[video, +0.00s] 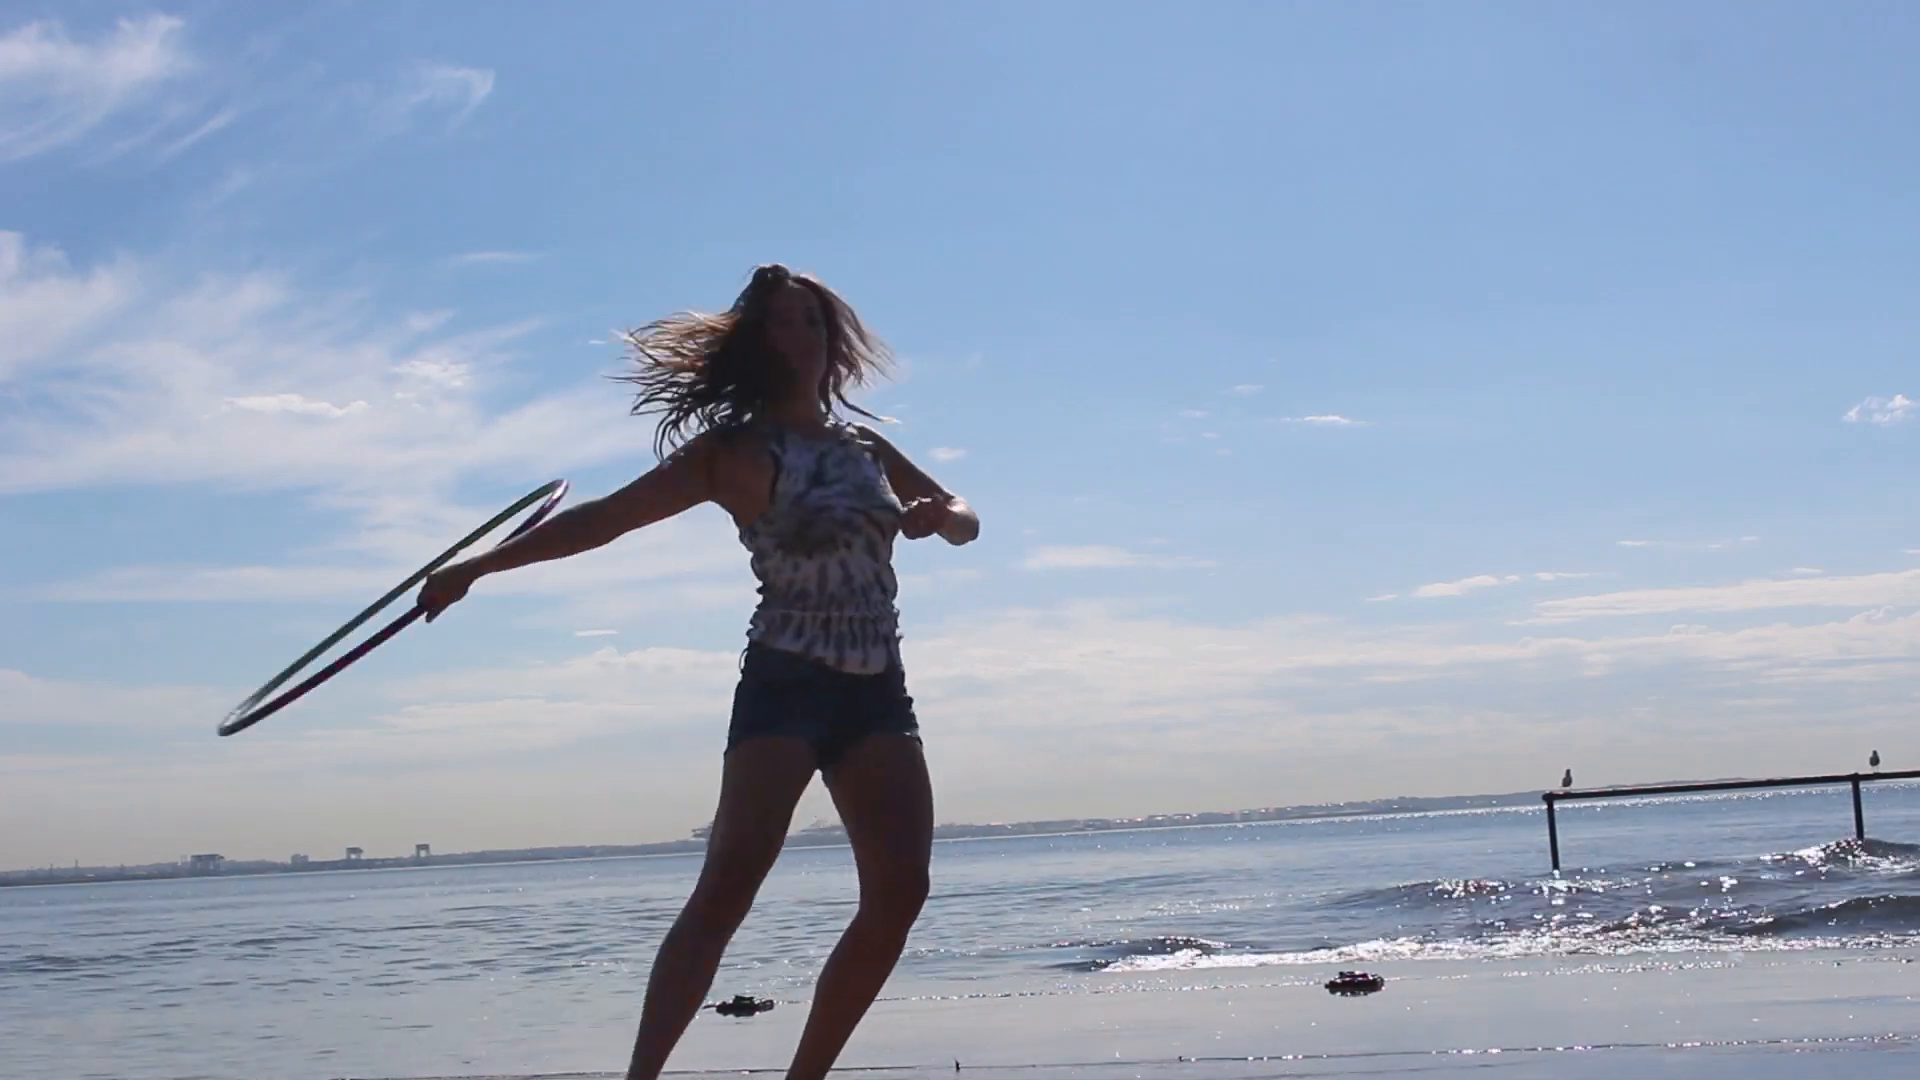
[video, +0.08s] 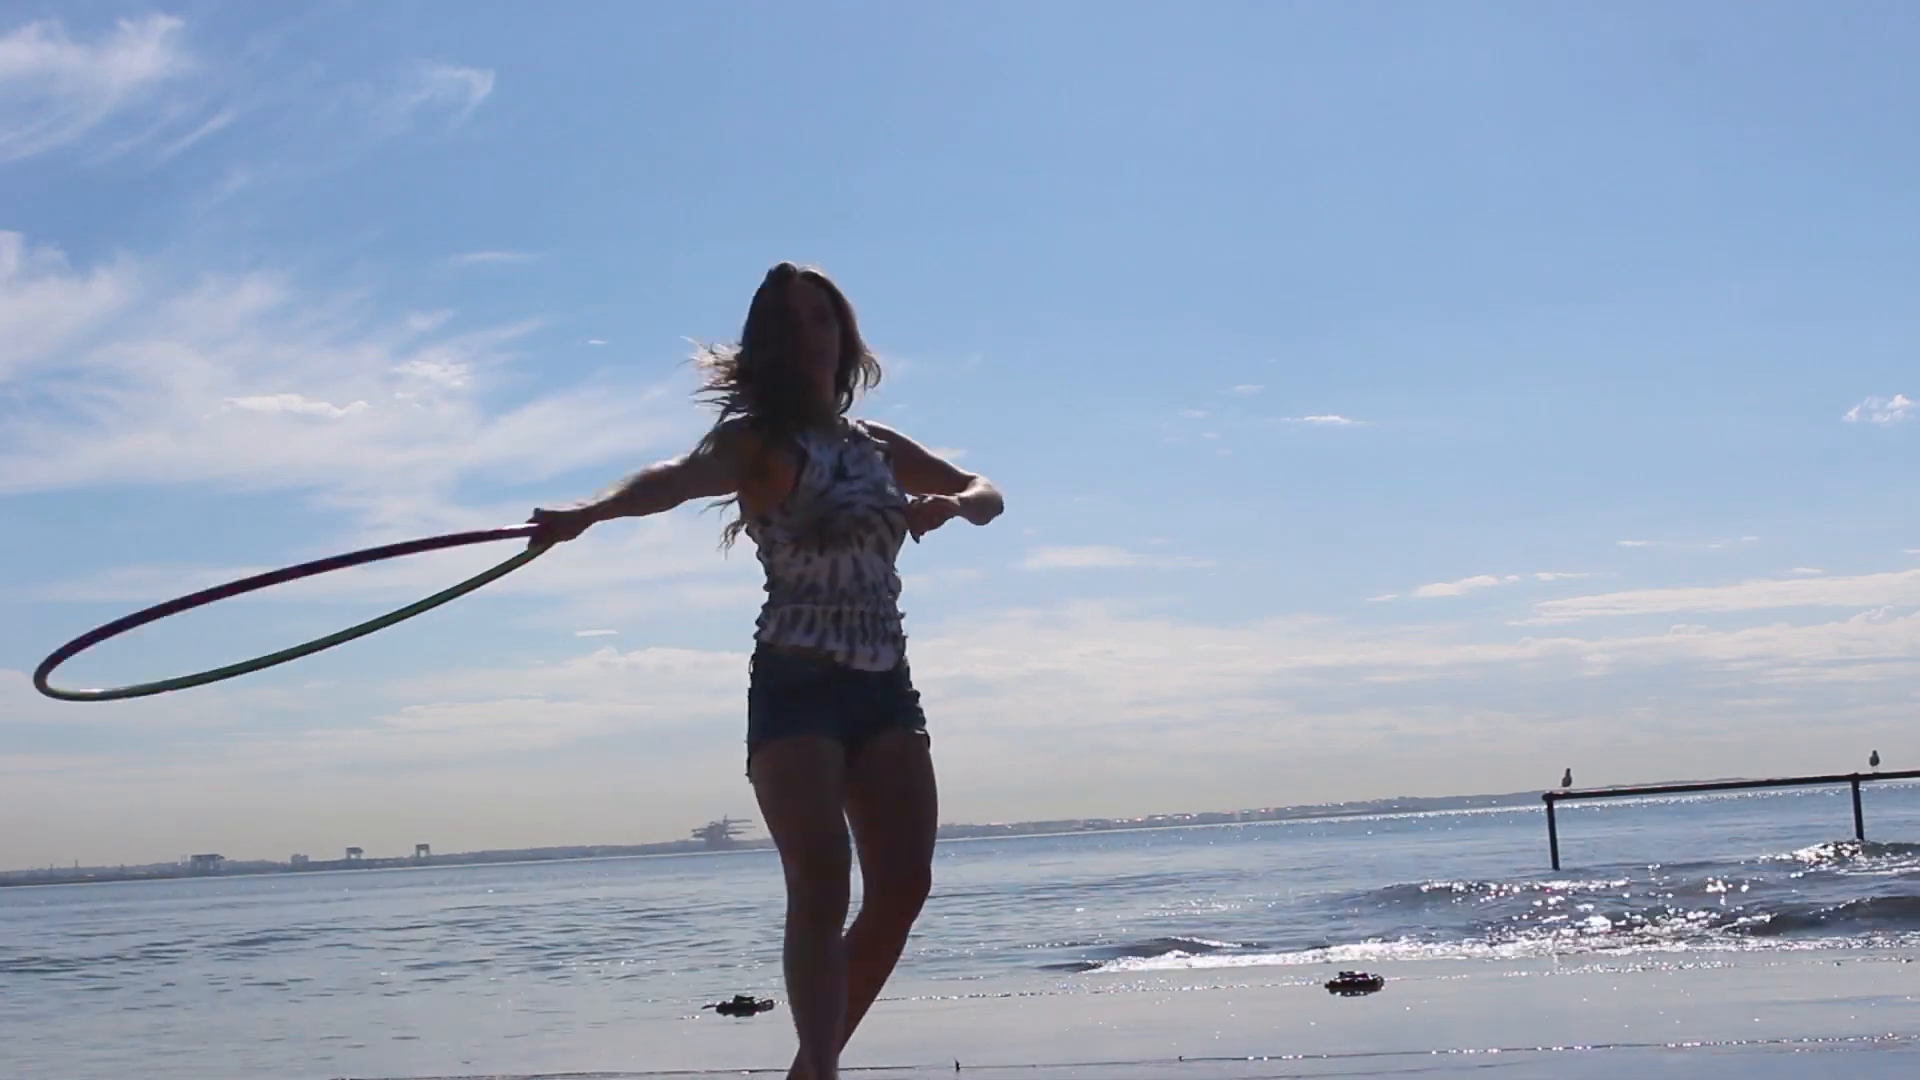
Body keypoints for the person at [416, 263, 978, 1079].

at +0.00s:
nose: (813, 333)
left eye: (818, 320)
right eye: (794, 322)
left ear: (832, 337)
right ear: (759, 344)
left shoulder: (865, 444)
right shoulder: (731, 452)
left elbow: (963, 519)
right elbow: (606, 518)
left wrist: (946, 517)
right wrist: (476, 565)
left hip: (874, 689)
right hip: (785, 685)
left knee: (900, 891)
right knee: (725, 894)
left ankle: (806, 1074)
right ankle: (642, 1073)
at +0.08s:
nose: (814, 335)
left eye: (824, 318)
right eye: (795, 323)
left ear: (846, 333)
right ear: (767, 341)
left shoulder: (873, 442)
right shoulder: (755, 440)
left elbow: (987, 493)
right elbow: (672, 481)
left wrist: (954, 505)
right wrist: (589, 511)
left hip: (883, 682)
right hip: (796, 683)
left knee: (906, 884)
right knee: (819, 888)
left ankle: (814, 1062)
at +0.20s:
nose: (830, 336)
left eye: (840, 319)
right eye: (810, 324)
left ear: (858, 328)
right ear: (777, 336)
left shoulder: (871, 424)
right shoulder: (763, 419)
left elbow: (982, 422)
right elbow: (784, 381)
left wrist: (930, 432)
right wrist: (869, 381)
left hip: (893, 662)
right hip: (825, 668)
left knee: (890, 895)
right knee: (951, 859)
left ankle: (802, 1072)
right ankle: (1020, 1067)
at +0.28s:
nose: (868, 313)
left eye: (868, 297)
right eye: (856, 299)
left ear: (821, 325)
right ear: (815, 322)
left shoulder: (837, 406)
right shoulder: (788, 412)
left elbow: (904, 375)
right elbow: (844, 310)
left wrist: (891, 388)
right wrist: (967, 288)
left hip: (866, 671)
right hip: (873, 671)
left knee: (883, 879)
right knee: (986, 857)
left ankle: (801, 1072)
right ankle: (1042, 1068)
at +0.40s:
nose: (915, 301)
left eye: (909, 291)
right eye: (905, 291)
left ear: (814, 321)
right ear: (888, 305)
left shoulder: (802, 404)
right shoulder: (921, 366)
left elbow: (731, 361)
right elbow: (1014, 256)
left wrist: (793, 278)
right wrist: (978, 213)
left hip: (839, 654)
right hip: (929, 651)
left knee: (874, 868)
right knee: (990, 873)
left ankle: (833, 1067)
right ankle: (1042, 1067)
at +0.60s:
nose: (849, 325)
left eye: (859, 307)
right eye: (847, 309)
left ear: (902, 312)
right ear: (942, 310)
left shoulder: (897, 388)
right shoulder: (979, 400)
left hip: (901, 659)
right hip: (975, 655)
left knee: (832, 870)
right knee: (989, 871)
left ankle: (928, 1066)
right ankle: (1051, 1066)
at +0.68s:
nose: (852, 343)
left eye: (856, 325)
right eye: (849, 329)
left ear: (900, 312)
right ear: (899, 317)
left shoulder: (935, 388)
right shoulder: (900, 415)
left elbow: (957, 225)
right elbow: (841, 527)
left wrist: (1014, 306)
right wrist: (791, 440)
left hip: (930, 668)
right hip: (945, 664)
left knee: (844, 869)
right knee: (971, 871)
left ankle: (940, 1064)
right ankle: (1065, 1064)